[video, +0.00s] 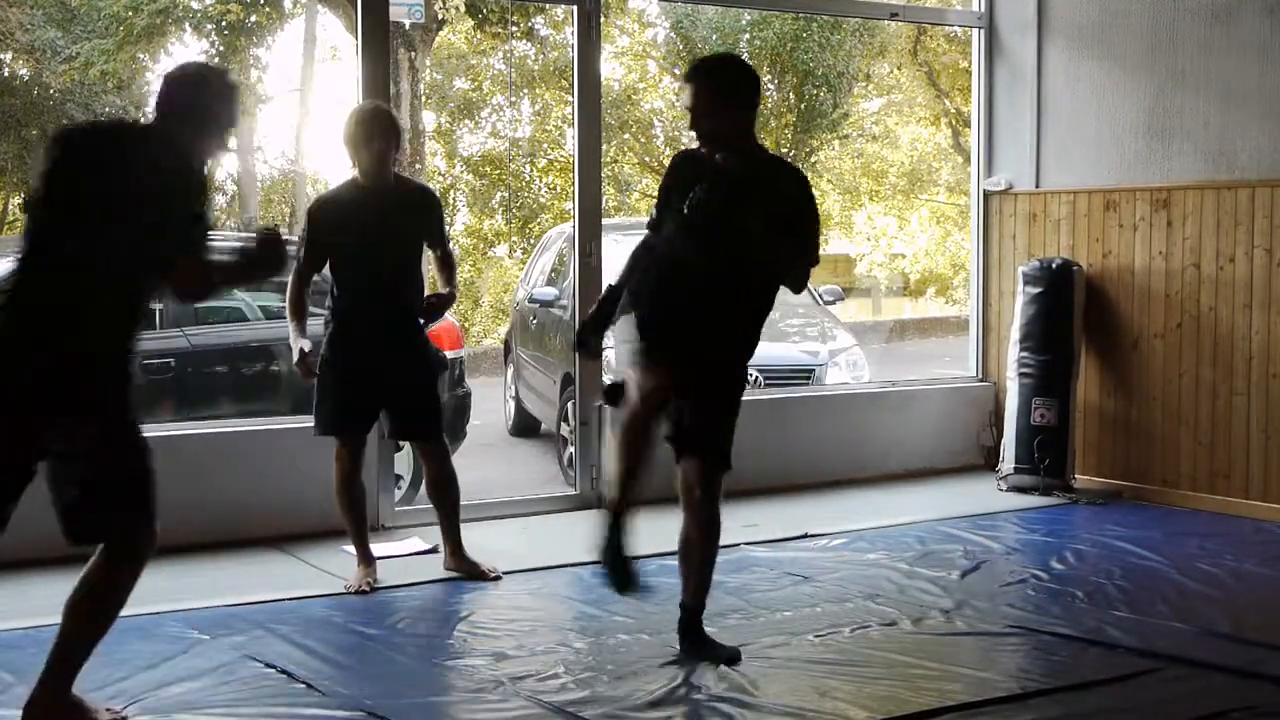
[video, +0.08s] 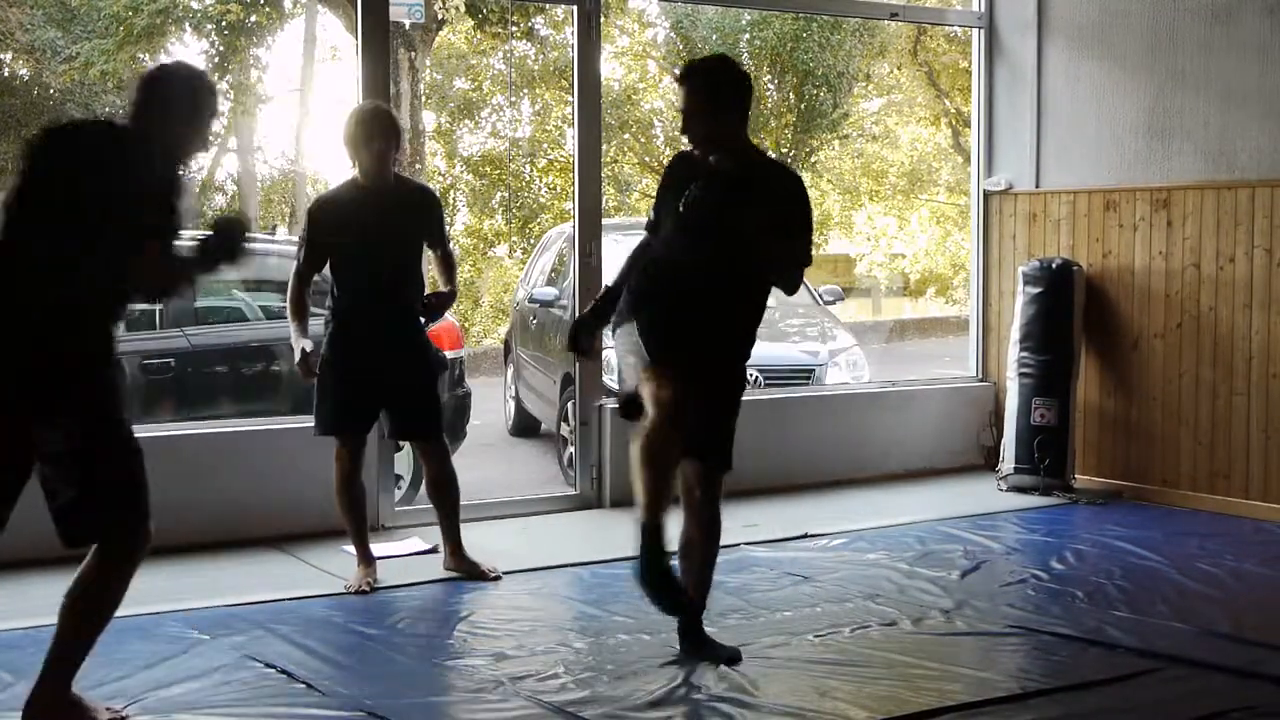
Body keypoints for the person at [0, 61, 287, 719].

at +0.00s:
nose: (226, 143)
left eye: (228, 131)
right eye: (224, 129)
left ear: (168, 104)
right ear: (200, 118)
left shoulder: (84, 142)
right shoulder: (176, 174)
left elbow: (45, 231)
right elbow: (185, 280)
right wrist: (253, 265)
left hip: (16, 354)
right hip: (89, 369)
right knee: (131, 537)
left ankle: (53, 692)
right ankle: (52, 694)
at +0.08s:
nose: (204, 141)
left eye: (208, 126)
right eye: (202, 124)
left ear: (146, 101)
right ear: (174, 114)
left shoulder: (64, 141)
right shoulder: (147, 169)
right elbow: (145, 278)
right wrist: (209, 255)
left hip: (9, 354)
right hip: (70, 366)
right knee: (126, 533)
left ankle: (51, 690)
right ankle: (51, 692)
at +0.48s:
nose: (193, 108)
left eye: (193, 95)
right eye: (189, 94)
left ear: (127, 84)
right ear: (163, 93)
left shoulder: (46, 138)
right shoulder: (149, 153)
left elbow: (17, 250)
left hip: (18, 363)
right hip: (94, 366)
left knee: (1, 530)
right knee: (192, 517)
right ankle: (253, 684)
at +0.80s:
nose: (283, 117)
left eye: (284, 104)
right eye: (283, 103)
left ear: (215, 86)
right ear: (271, 99)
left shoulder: (137, 139)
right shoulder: (259, 162)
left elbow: (79, 232)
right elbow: (292, 255)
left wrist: (160, 225)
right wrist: (321, 213)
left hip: (99, 368)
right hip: (190, 372)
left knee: (49, 530)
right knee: (256, 529)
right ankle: (272, 697)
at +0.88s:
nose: (288, 108)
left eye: (289, 96)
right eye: (288, 96)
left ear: (215, 80)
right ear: (277, 93)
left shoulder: (140, 133)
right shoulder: (268, 153)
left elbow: (90, 227)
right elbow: (305, 249)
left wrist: (174, 217)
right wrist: (333, 205)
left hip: (100, 371)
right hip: (195, 374)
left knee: (48, 531)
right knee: (257, 528)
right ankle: (272, 698)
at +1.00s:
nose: (274, 88)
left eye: (272, 74)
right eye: (269, 75)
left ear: (201, 71)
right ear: (253, 79)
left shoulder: (138, 131)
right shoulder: (256, 154)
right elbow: (293, 248)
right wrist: (319, 193)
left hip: (99, 367)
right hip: (193, 374)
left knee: (45, 539)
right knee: (250, 531)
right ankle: (272, 698)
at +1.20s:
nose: (231, 85)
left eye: (227, 70)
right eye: (223, 70)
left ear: (151, 73)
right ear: (200, 73)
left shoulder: (104, 135)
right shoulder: (205, 142)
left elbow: (138, 236)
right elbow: (231, 252)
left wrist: (224, 159)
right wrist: (274, 205)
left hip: (75, 371)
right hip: (163, 376)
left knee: (30, 548)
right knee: (247, 528)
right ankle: (274, 696)